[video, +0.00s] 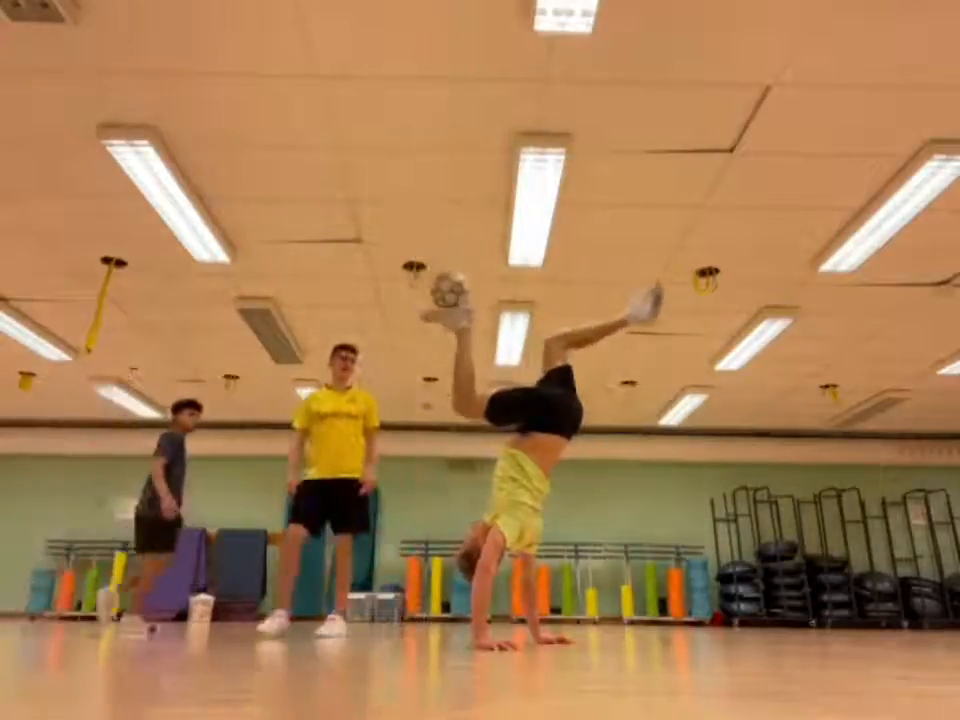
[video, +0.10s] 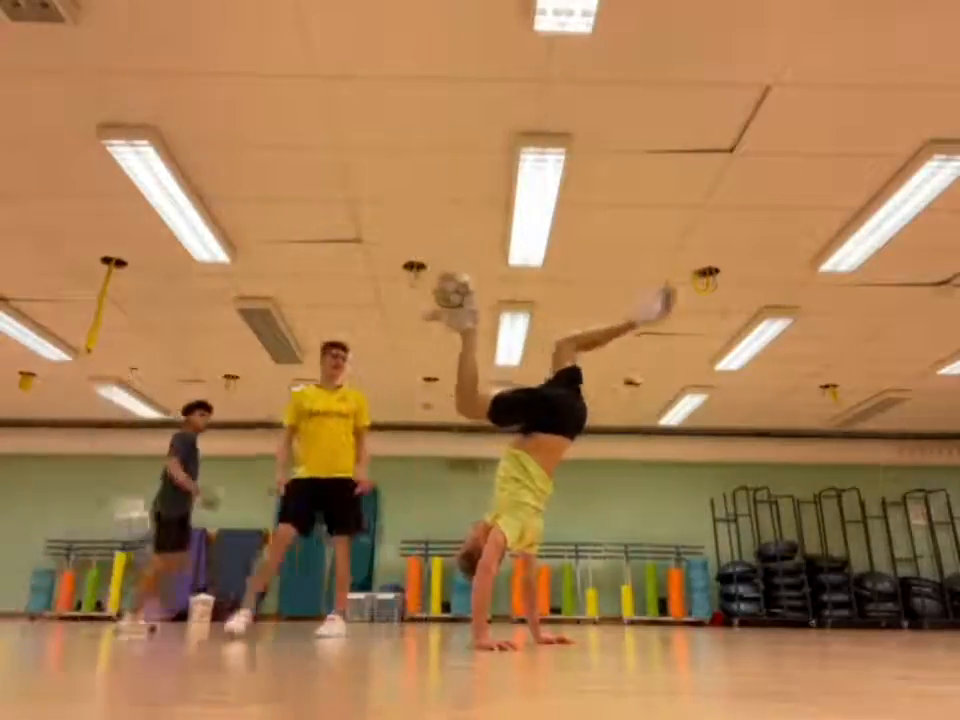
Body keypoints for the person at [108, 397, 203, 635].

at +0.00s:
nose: (193, 421)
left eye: (196, 416)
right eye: (189, 415)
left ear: (194, 420)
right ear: (176, 416)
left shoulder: (177, 441)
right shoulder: (170, 438)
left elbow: (167, 473)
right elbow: (157, 467)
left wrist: (173, 500)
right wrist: (166, 497)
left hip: (164, 509)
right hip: (154, 509)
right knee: (154, 563)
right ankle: (137, 613)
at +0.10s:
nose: (205, 422)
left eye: (207, 417)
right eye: (201, 416)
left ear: (204, 420)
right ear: (189, 416)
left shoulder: (191, 442)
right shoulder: (183, 438)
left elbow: (183, 472)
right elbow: (173, 466)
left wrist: (195, 493)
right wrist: (194, 488)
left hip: (180, 506)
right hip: (169, 506)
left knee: (176, 558)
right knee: (164, 559)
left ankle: (164, 609)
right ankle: (140, 610)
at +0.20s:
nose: (218, 427)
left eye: (220, 423)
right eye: (215, 421)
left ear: (210, 423)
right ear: (204, 421)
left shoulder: (202, 445)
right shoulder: (198, 444)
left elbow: (194, 473)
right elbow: (190, 472)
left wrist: (208, 485)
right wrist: (209, 483)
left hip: (186, 513)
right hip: (184, 514)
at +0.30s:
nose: (231, 431)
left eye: (233, 427)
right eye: (228, 426)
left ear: (231, 430)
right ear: (216, 427)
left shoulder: (218, 451)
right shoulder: (212, 449)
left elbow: (211, 478)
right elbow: (206, 474)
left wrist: (227, 486)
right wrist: (225, 485)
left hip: (204, 518)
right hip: (197, 518)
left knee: (209, 567)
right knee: (189, 563)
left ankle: (213, 615)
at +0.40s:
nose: (246, 431)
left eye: (246, 426)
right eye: (242, 426)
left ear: (238, 428)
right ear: (233, 428)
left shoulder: (236, 451)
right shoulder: (227, 449)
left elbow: (230, 478)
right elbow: (222, 476)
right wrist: (241, 491)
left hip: (223, 517)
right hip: (214, 516)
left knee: (218, 566)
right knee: (209, 566)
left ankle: (214, 613)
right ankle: (162, 597)